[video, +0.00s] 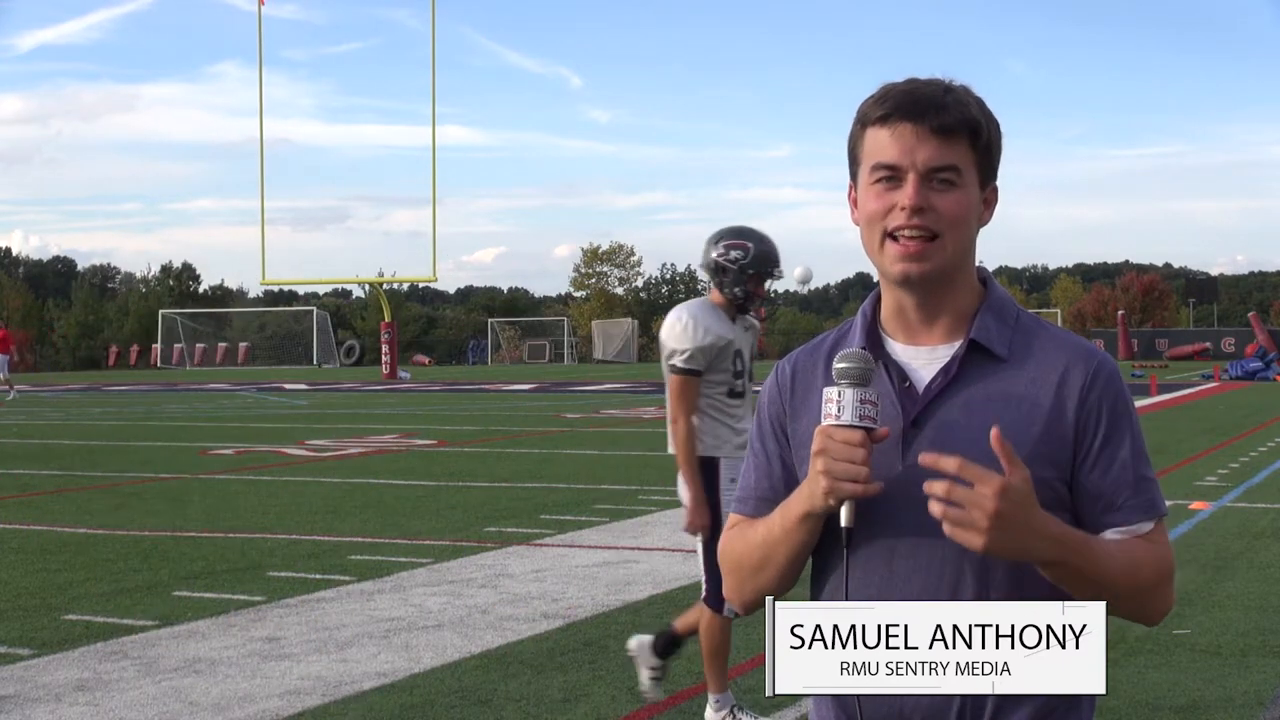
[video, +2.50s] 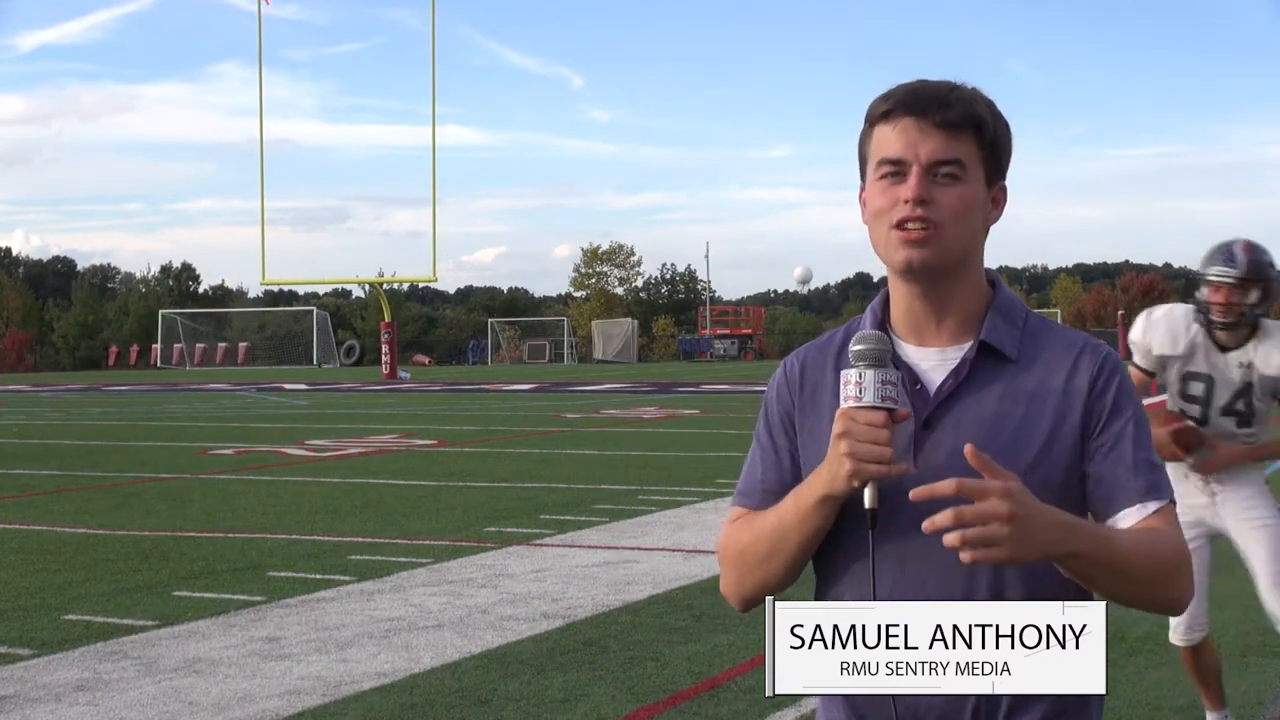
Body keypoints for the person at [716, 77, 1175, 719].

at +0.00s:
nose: (911, 201)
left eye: (942, 179)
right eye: (887, 178)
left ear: (986, 202)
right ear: (855, 204)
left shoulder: (1078, 378)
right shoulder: (798, 381)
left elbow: (1153, 593)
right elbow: (737, 585)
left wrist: (1038, 537)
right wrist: (810, 498)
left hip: (1027, 706)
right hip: (849, 706)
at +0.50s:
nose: (912, 197)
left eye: (940, 174)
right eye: (886, 177)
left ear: (986, 198)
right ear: (855, 209)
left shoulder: (1081, 376)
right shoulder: (800, 379)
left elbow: (1163, 599)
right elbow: (735, 582)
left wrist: (1109, 487)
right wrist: (839, 468)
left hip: (1031, 704)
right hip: (853, 706)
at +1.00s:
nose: (917, 197)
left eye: (944, 175)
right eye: (889, 177)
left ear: (987, 200)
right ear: (856, 207)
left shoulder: (1081, 377)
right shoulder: (797, 385)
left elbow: (1162, 571)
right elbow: (743, 586)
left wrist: (1059, 560)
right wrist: (833, 515)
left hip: (1032, 707)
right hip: (851, 709)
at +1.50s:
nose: (912, 209)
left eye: (941, 183)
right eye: (886, 184)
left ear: (985, 201)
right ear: (854, 207)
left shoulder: (1081, 380)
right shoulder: (798, 385)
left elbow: (1157, 577)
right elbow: (746, 587)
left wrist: (1048, 568)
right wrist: (834, 515)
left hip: (1031, 708)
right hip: (852, 708)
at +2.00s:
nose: (908, 205)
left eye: (938, 182)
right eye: (883, 183)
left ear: (984, 203)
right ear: (853, 207)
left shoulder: (1080, 379)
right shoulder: (799, 386)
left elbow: (1158, 581)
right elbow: (747, 587)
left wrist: (1042, 557)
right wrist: (828, 520)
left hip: (1032, 707)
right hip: (853, 708)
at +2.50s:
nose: (913, 195)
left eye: (945, 174)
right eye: (891, 174)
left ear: (995, 202)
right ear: (864, 204)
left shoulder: (1085, 375)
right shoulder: (806, 377)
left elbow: (1172, 582)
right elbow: (738, 581)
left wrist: (1053, 533)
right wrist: (827, 483)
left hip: (1035, 706)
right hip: (857, 707)